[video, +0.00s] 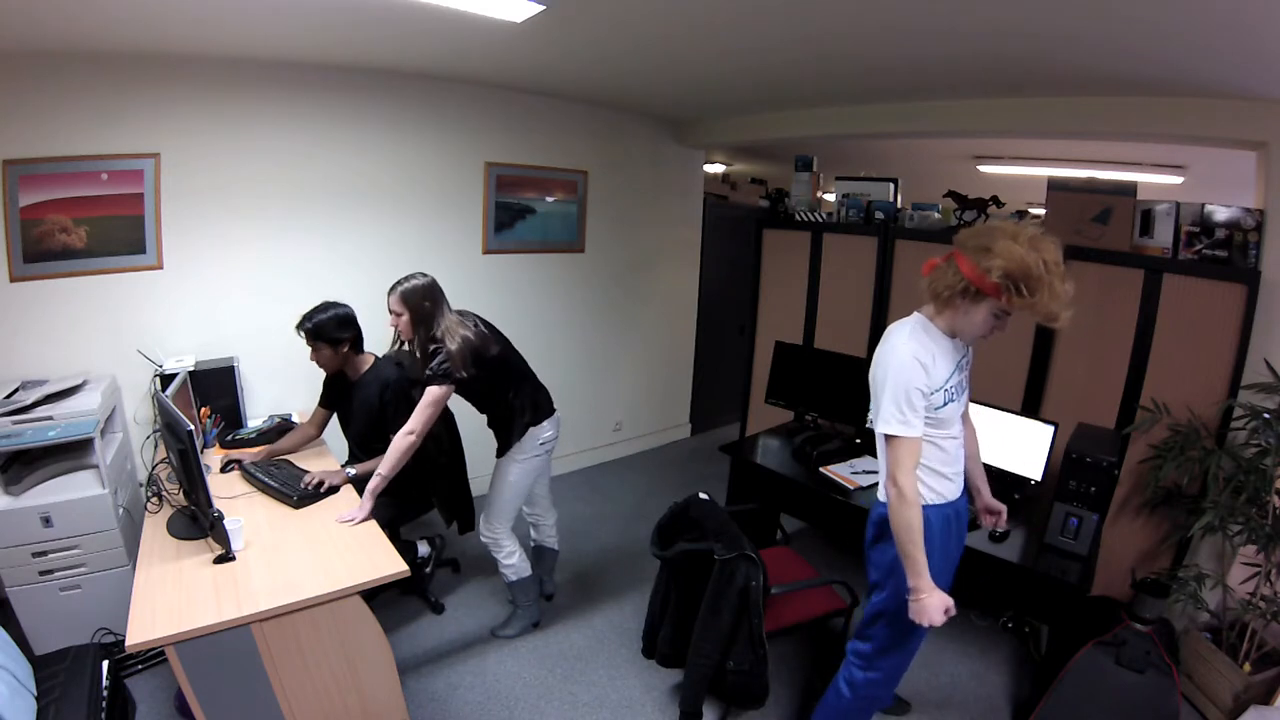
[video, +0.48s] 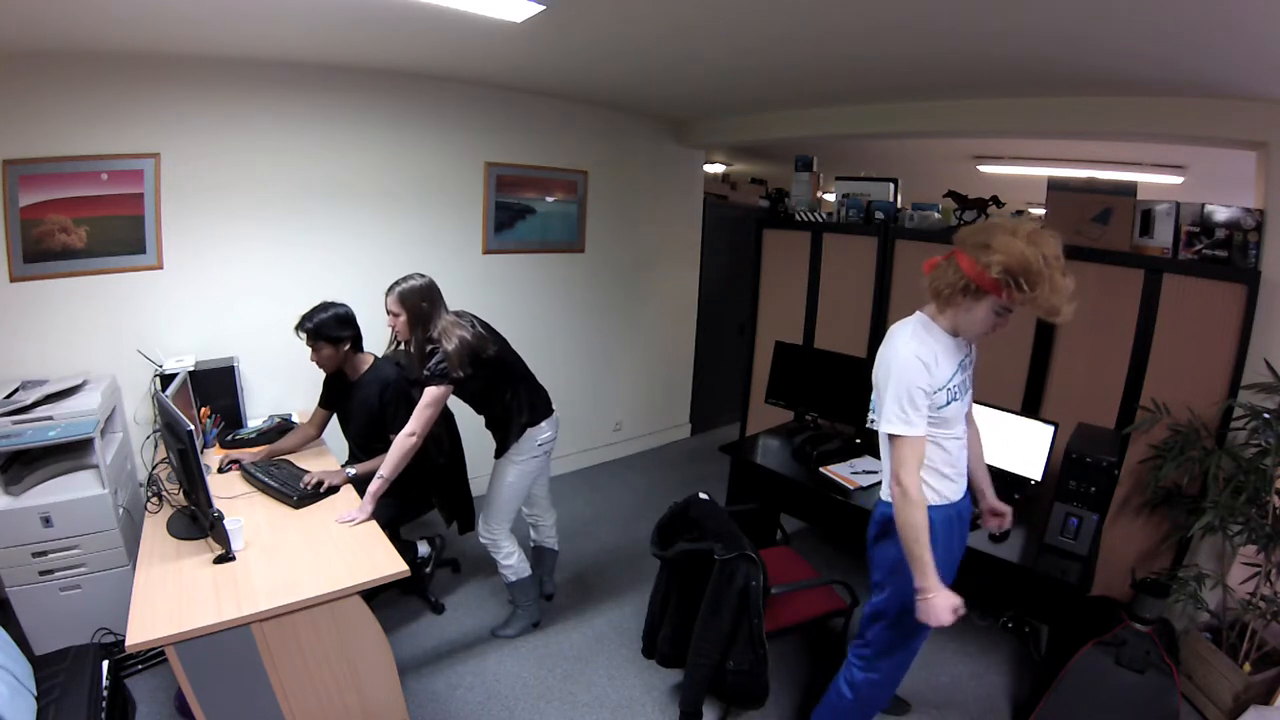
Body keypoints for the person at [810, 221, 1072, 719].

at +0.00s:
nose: (999, 330)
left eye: (1006, 319)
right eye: (998, 316)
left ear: (974, 298)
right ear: (969, 293)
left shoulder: (954, 340)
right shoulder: (905, 356)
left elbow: (960, 419)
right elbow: (900, 484)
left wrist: (980, 491)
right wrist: (920, 586)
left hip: (945, 512)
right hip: (911, 521)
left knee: (908, 616)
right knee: (879, 647)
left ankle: (877, 688)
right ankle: (840, 712)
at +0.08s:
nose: (1004, 323)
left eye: (1010, 312)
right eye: (1002, 309)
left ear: (976, 293)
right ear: (972, 289)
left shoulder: (958, 338)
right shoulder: (910, 352)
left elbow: (968, 419)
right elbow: (910, 485)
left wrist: (997, 491)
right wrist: (946, 580)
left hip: (943, 511)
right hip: (904, 522)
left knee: (907, 615)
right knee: (871, 652)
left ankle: (875, 688)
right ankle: (836, 713)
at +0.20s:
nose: (1005, 325)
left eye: (1012, 314)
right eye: (1004, 311)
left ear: (979, 296)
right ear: (972, 290)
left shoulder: (964, 341)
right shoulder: (912, 350)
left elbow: (981, 418)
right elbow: (932, 479)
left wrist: (1027, 487)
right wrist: (993, 574)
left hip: (931, 516)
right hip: (896, 523)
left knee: (910, 619)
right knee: (869, 665)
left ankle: (876, 689)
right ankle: (834, 715)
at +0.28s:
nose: (1005, 327)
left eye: (1011, 315)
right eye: (1003, 313)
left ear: (979, 296)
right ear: (972, 290)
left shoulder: (963, 342)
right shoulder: (912, 352)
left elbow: (982, 421)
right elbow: (932, 479)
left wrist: (1027, 488)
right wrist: (992, 573)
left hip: (931, 520)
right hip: (895, 527)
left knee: (910, 624)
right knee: (872, 678)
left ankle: (878, 692)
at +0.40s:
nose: (1001, 329)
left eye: (1008, 317)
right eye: (1000, 315)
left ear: (974, 298)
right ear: (968, 293)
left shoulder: (959, 341)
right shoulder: (908, 356)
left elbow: (966, 421)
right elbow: (905, 484)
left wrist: (989, 496)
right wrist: (931, 586)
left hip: (949, 512)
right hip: (913, 523)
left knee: (909, 619)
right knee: (880, 656)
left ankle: (880, 690)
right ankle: (839, 714)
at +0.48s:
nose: (1002, 327)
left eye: (1008, 315)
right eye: (1000, 312)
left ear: (977, 295)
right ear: (971, 291)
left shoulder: (958, 339)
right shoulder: (908, 356)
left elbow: (964, 421)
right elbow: (904, 484)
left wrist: (985, 495)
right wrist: (928, 585)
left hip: (949, 513)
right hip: (914, 522)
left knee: (906, 618)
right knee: (879, 651)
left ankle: (877, 689)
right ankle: (838, 713)